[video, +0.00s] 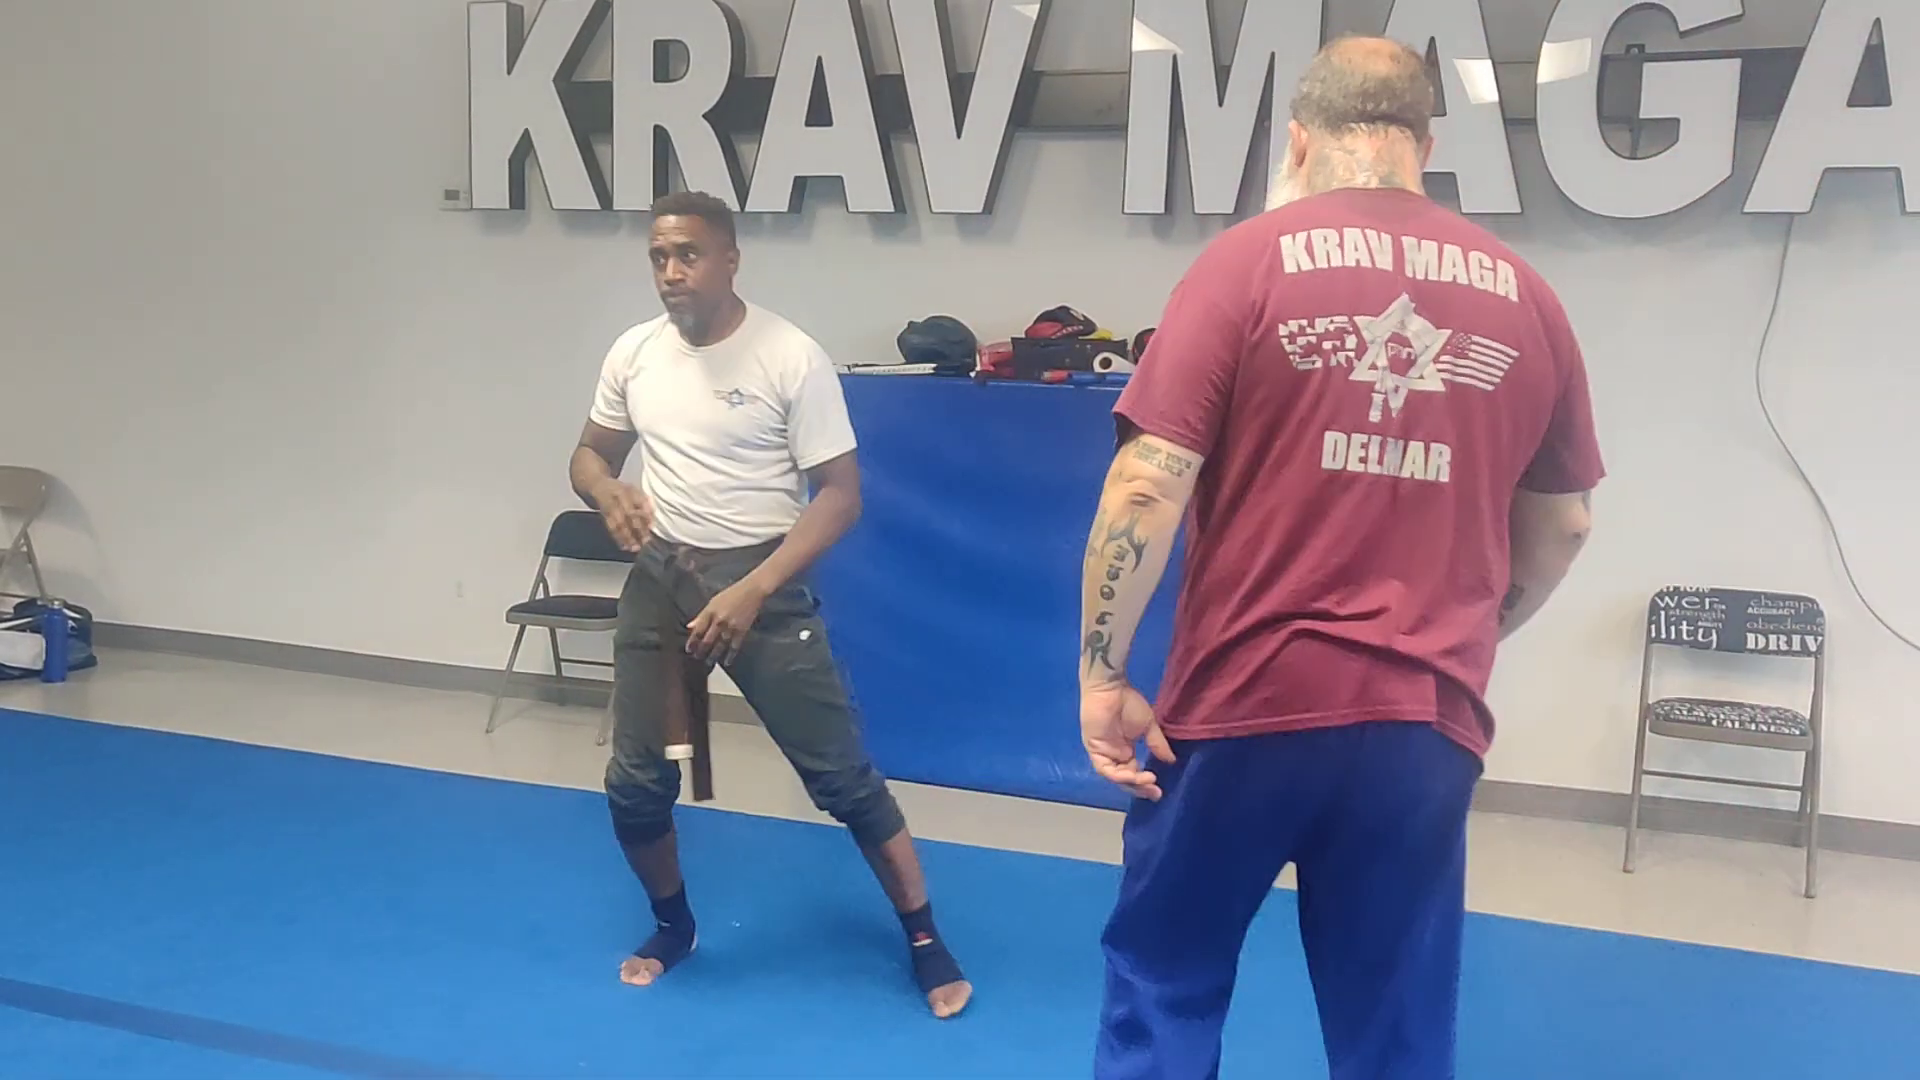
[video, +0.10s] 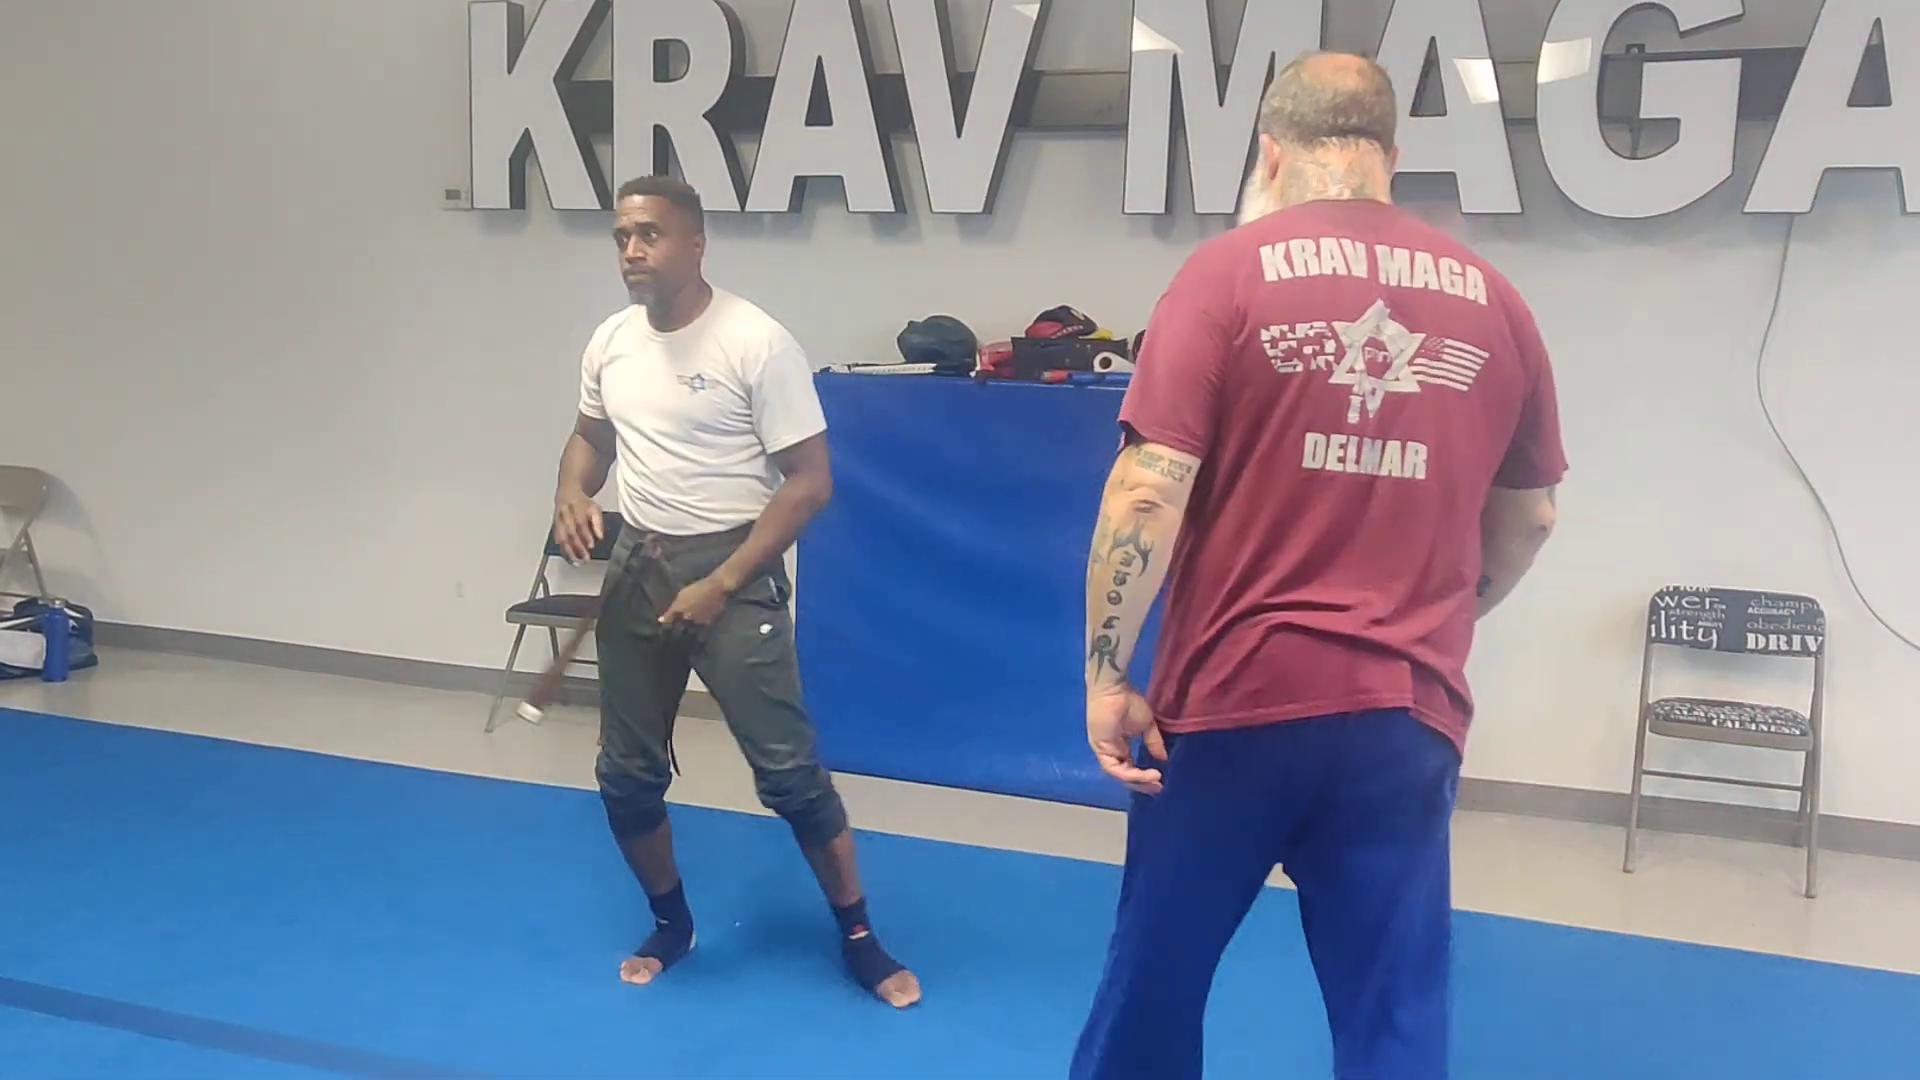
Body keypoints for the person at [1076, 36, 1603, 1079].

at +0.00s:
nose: (1286, 171)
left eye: (1285, 153)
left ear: (1300, 144)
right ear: (1425, 149)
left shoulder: (1250, 257)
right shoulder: (1525, 291)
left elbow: (1152, 479)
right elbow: (1558, 527)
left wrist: (1103, 670)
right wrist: (1470, 626)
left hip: (1249, 702)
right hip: (1426, 718)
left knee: (1163, 988)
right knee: (1397, 1020)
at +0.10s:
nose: (1253, 190)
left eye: (1254, 169)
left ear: (1271, 157)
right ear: (1389, 160)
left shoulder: (1230, 267)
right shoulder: (1493, 295)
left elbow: (1150, 488)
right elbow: (1522, 523)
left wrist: (1106, 671)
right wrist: (1429, 616)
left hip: (1241, 694)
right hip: (1407, 706)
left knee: (1151, 989)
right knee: (1397, 1014)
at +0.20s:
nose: (1218, 205)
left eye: (1219, 188)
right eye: (1221, 190)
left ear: (1232, 179)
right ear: (1345, 181)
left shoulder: (1191, 293)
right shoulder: (1446, 302)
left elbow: (1126, 503)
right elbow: (1492, 510)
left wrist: (1091, 679)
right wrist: (1405, 610)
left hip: (1224, 693)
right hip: (1388, 696)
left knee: (1157, 981)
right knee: (1376, 1007)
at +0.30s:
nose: (1169, 216)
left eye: (1169, 202)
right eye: (1174, 203)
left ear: (1181, 194)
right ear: (1288, 191)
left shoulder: (1144, 314)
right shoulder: (1390, 302)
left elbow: (1086, 518)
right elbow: (1448, 506)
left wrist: (1059, 683)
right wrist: (1376, 607)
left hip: (1198, 692)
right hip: (1354, 686)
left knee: (1162, 981)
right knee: (1347, 986)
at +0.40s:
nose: (1130, 211)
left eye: (1128, 199)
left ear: (1139, 192)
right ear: (1236, 182)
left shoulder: (1107, 311)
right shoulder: (1353, 291)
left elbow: (1049, 515)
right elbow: (1413, 482)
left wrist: (1025, 664)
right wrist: (1352, 588)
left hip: (1169, 670)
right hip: (1317, 663)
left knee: (1147, 951)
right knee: (1310, 942)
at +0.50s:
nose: (1100, 204)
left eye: (1100, 191)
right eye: (1107, 190)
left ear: (1111, 187)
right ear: (1207, 176)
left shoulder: (1081, 304)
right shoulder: (1319, 283)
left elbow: (1013, 507)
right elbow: (1386, 462)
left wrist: (996, 628)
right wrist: (1343, 582)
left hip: (1146, 645)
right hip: (1290, 642)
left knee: (1130, 902)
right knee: (1280, 872)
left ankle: (1146, 1068)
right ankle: (1303, 1065)